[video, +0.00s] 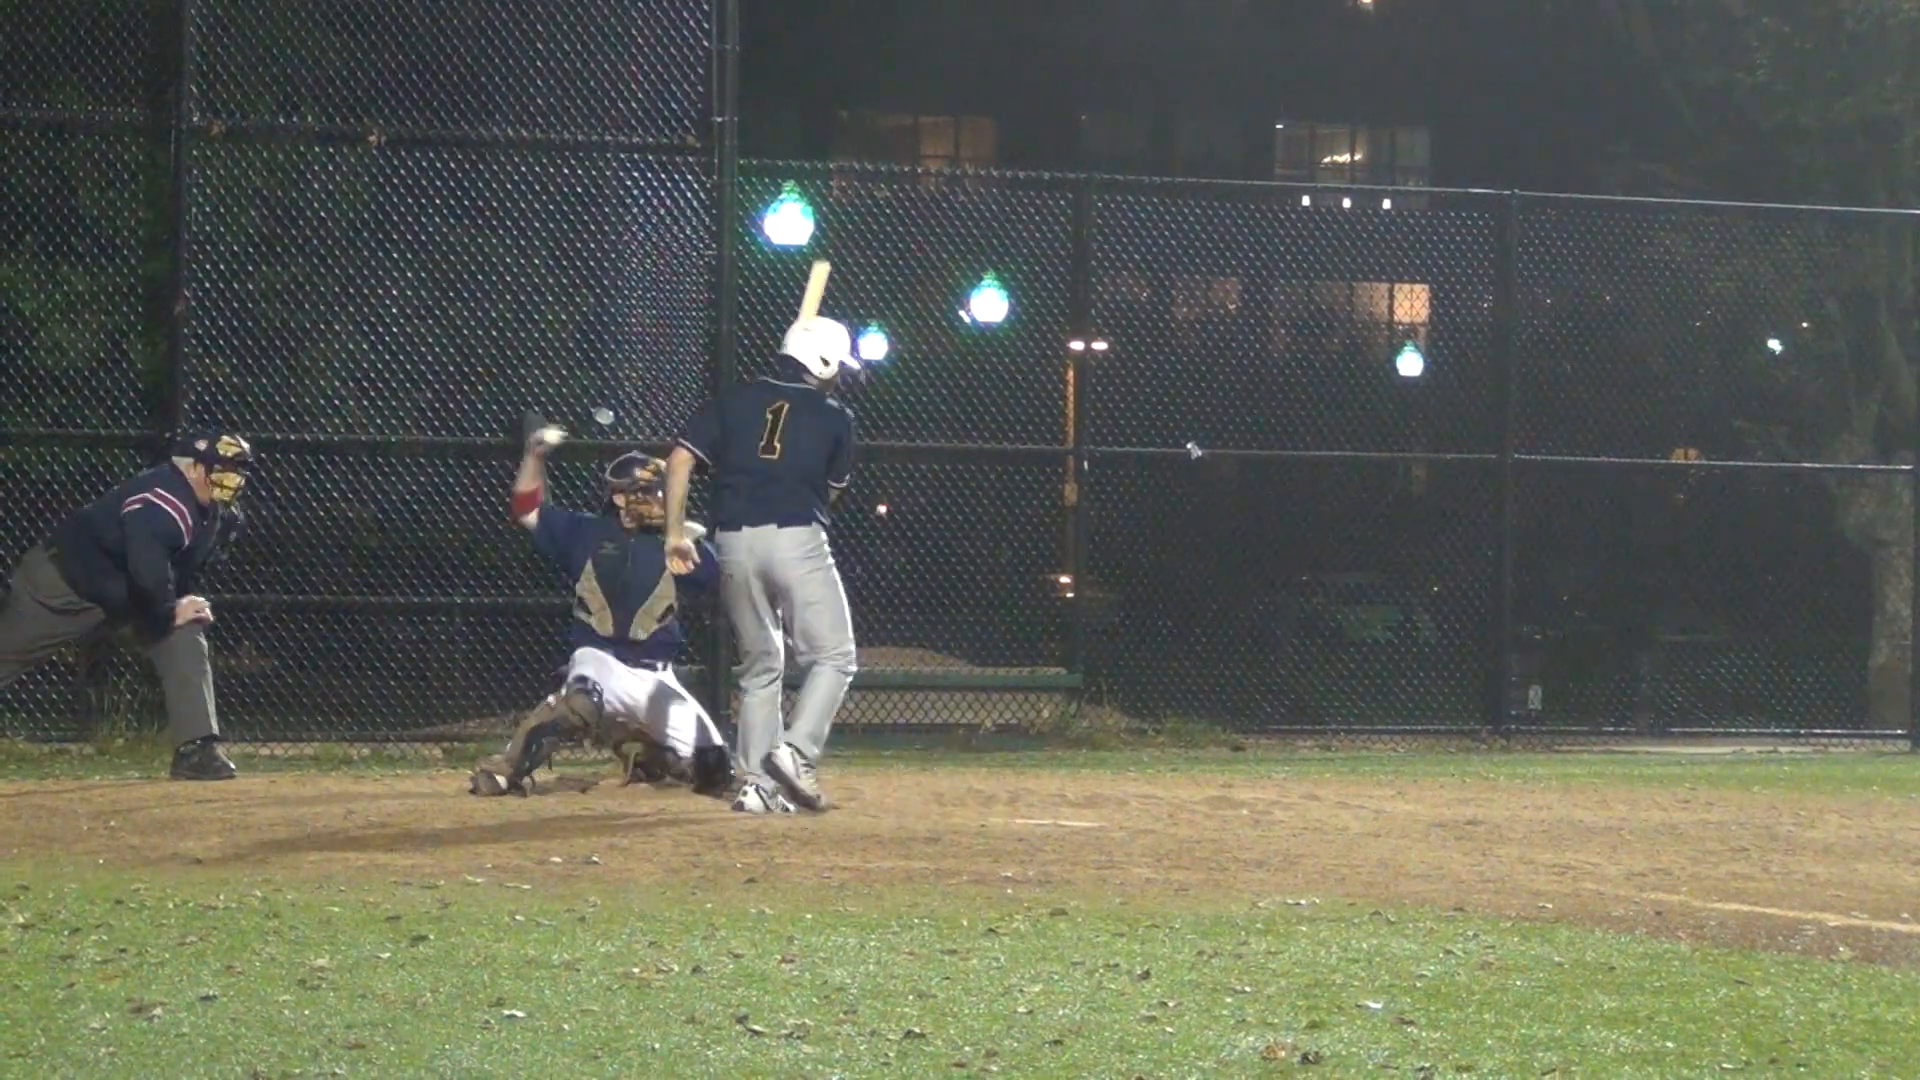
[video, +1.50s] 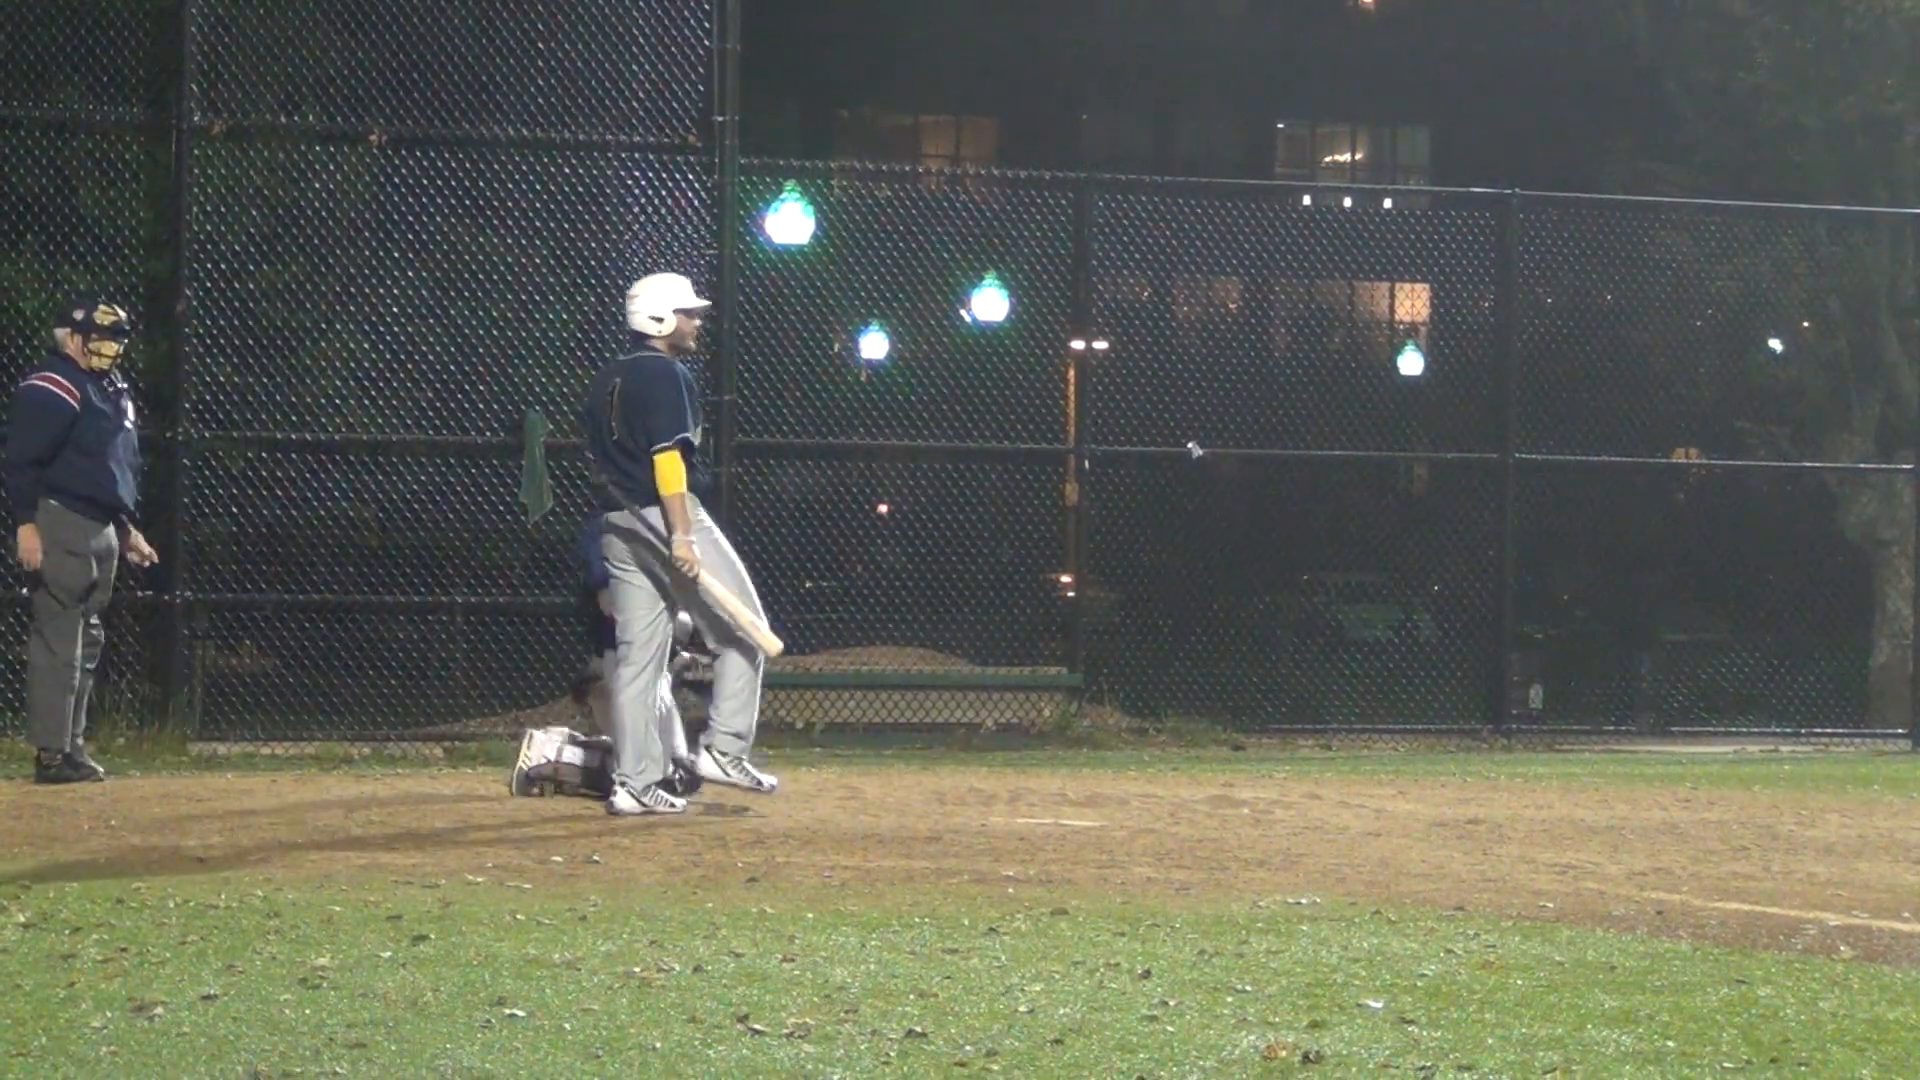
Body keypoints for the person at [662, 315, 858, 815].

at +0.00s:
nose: (839, 376)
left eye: (840, 367)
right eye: (837, 367)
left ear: (786, 354)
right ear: (826, 366)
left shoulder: (736, 398)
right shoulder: (836, 416)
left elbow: (681, 455)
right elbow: (833, 491)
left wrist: (674, 530)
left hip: (734, 543)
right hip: (796, 540)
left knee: (759, 667)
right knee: (833, 657)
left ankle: (754, 784)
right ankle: (797, 752)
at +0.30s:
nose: (827, 358)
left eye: (826, 349)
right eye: (824, 350)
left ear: (770, 343)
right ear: (809, 352)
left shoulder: (723, 395)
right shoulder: (826, 409)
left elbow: (700, 477)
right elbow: (829, 492)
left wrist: (700, 552)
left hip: (729, 544)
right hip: (790, 546)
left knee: (747, 667)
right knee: (795, 671)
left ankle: (750, 777)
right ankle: (764, 783)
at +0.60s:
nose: (812, 340)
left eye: (811, 330)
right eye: (808, 332)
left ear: (755, 329)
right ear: (792, 334)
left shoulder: (709, 381)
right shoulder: (803, 395)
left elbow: (695, 465)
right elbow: (831, 485)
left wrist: (706, 536)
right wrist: (847, 564)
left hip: (719, 531)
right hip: (778, 533)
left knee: (737, 654)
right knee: (782, 660)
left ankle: (719, 778)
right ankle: (763, 784)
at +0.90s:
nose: (787, 335)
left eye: (786, 325)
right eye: (780, 326)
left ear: (731, 327)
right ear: (758, 329)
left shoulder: (693, 378)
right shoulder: (752, 384)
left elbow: (693, 449)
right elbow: (752, 452)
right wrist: (777, 507)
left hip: (699, 529)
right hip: (750, 527)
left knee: (710, 653)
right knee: (766, 655)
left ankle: (660, 752)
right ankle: (760, 785)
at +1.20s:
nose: (737, 332)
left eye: (734, 323)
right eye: (727, 324)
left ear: (688, 333)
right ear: (701, 331)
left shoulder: (655, 382)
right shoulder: (699, 384)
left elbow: (637, 465)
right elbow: (700, 452)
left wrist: (643, 517)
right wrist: (721, 504)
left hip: (648, 530)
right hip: (695, 528)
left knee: (657, 658)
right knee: (731, 656)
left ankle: (638, 785)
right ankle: (762, 781)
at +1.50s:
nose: (699, 324)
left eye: (696, 315)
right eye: (690, 316)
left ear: (651, 323)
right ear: (661, 322)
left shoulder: (610, 377)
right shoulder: (663, 373)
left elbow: (602, 456)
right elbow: (668, 456)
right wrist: (682, 534)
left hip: (621, 523)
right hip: (671, 520)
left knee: (638, 651)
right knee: (744, 629)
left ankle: (635, 782)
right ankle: (726, 751)